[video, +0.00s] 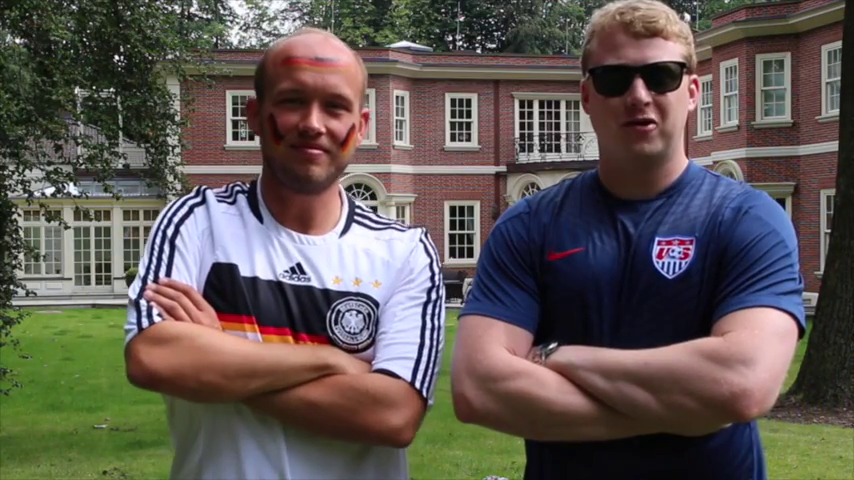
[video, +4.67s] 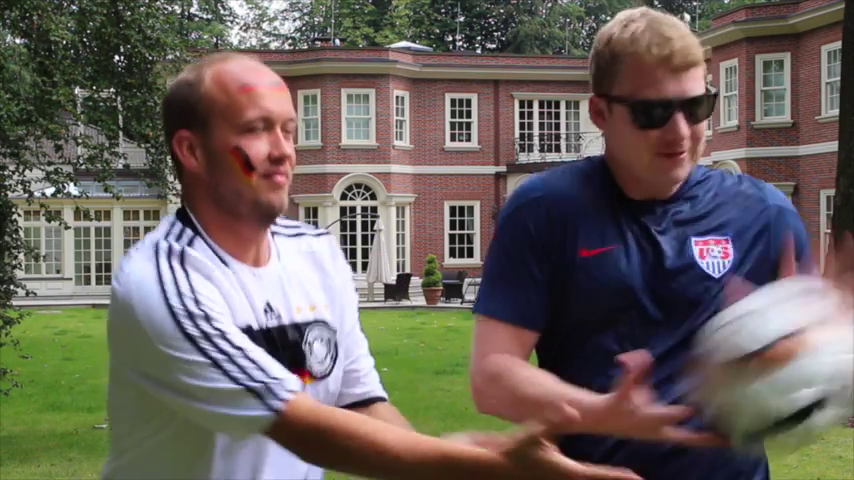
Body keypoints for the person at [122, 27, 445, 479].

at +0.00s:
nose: (313, 124)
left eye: (335, 107)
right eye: (293, 102)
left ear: (360, 126)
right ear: (256, 116)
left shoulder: (405, 252)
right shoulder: (195, 219)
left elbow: (396, 418)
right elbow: (149, 359)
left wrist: (222, 358)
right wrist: (332, 361)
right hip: (216, 474)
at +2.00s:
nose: (293, 124)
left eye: (315, 105)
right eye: (271, 102)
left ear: (339, 122)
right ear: (233, 115)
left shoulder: (389, 247)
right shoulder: (175, 220)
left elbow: (386, 417)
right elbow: (139, 368)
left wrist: (211, 367)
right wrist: (322, 361)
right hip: (203, 473)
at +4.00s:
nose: (305, 129)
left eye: (314, 109)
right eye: (280, 107)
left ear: (324, 117)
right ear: (216, 121)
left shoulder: (361, 239)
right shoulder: (152, 229)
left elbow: (389, 403)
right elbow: (146, 386)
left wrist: (214, 376)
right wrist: (318, 358)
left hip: (338, 475)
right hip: (201, 473)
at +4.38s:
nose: (294, 115)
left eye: (301, 98)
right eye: (269, 95)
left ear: (309, 109)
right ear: (204, 117)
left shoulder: (348, 240)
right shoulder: (140, 232)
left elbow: (403, 406)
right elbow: (125, 388)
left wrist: (248, 361)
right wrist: (289, 304)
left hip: (330, 474)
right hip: (191, 472)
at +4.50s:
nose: (288, 122)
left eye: (295, 103)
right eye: (263, 100)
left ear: (304, 110)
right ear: (197, 119)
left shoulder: (339, 242)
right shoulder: (136, 239)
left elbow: (405, 411)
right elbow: (169, 407)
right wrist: (342, 322)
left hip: (323, 475)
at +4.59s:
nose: (284, 132)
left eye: (290, 111)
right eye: (259, 111)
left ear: (298, 119)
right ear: (191, 128)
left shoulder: (329, 243)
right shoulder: (141, 256)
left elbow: (366, 383)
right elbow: (230, 414)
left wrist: (386, 421)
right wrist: (412, 404)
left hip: (316, 470)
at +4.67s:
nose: (283, 150)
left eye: (287, 129)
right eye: (256, 131)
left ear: (295, 132)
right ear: (188, 152)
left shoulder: (316, 252)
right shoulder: (158, 284)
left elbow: (362, 403)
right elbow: (299, 425)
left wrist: (459, 458)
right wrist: (495, 458)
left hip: (318, 472)